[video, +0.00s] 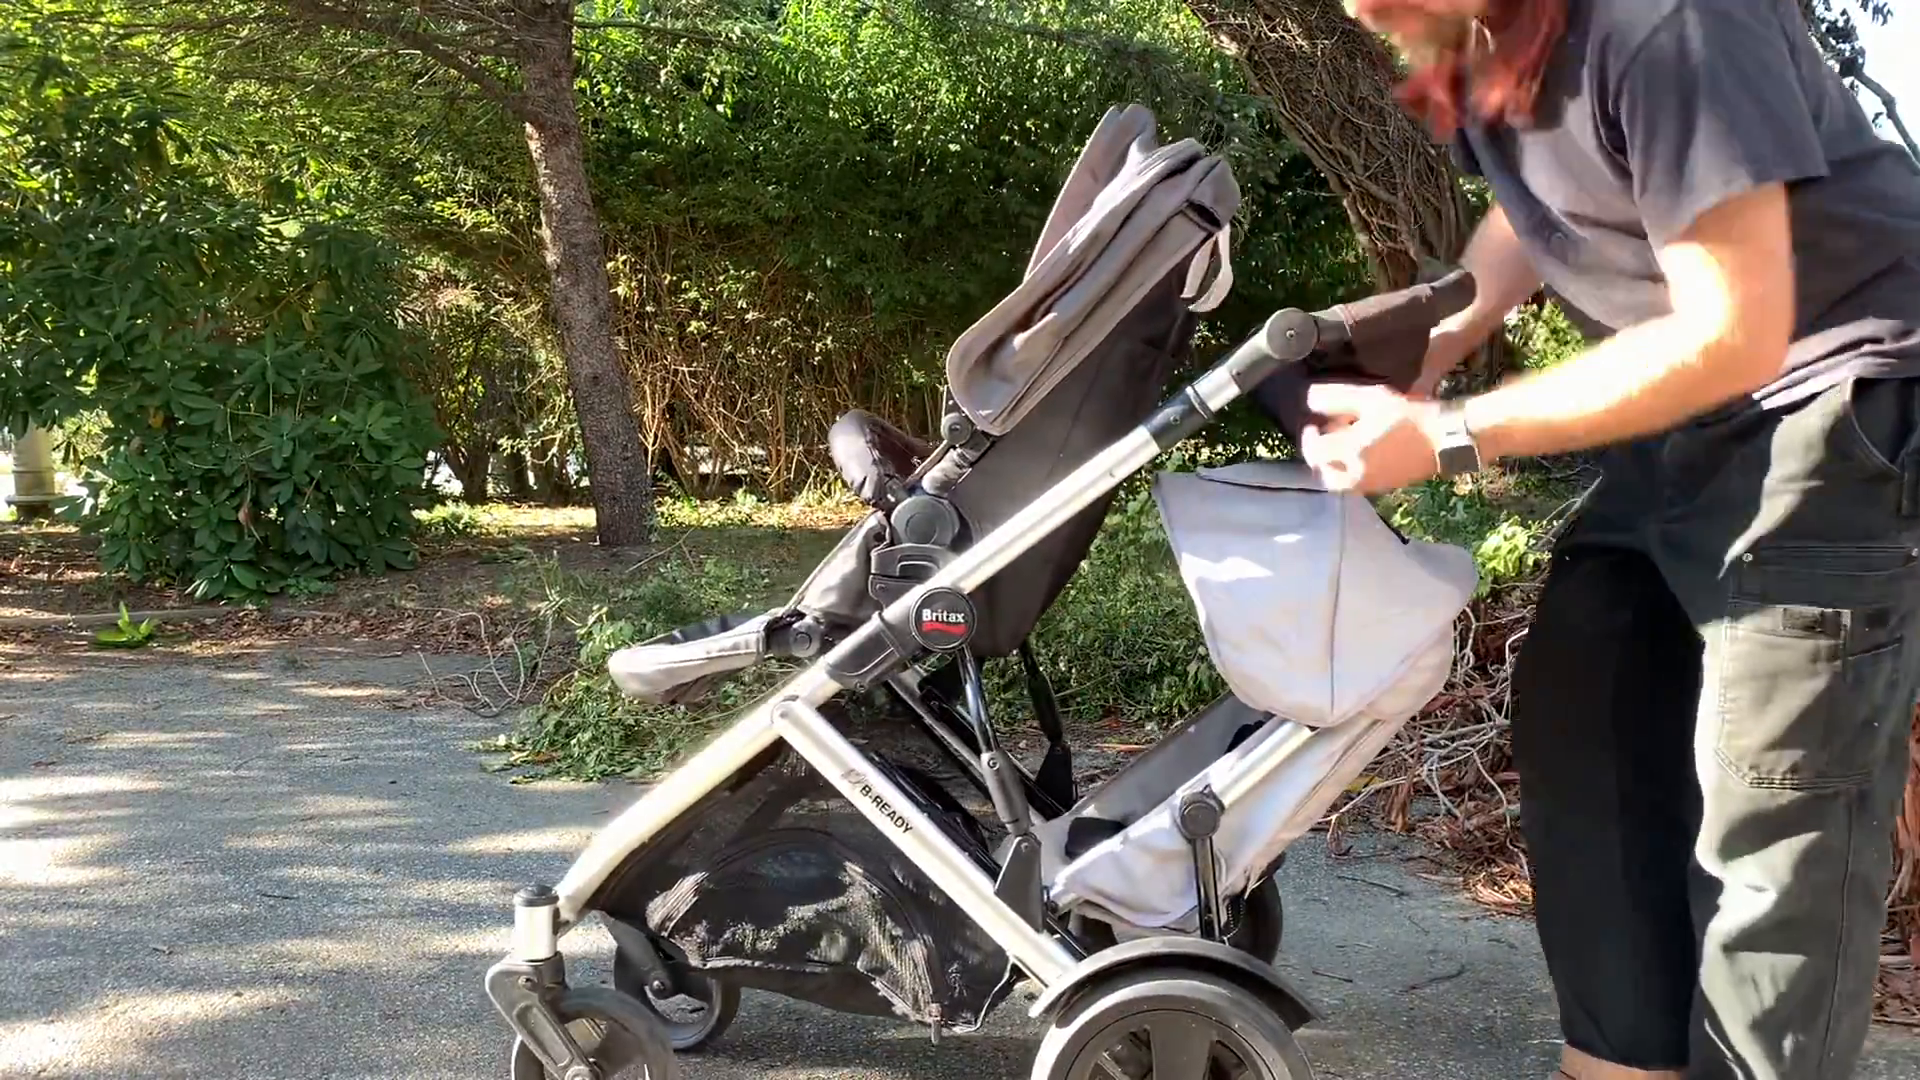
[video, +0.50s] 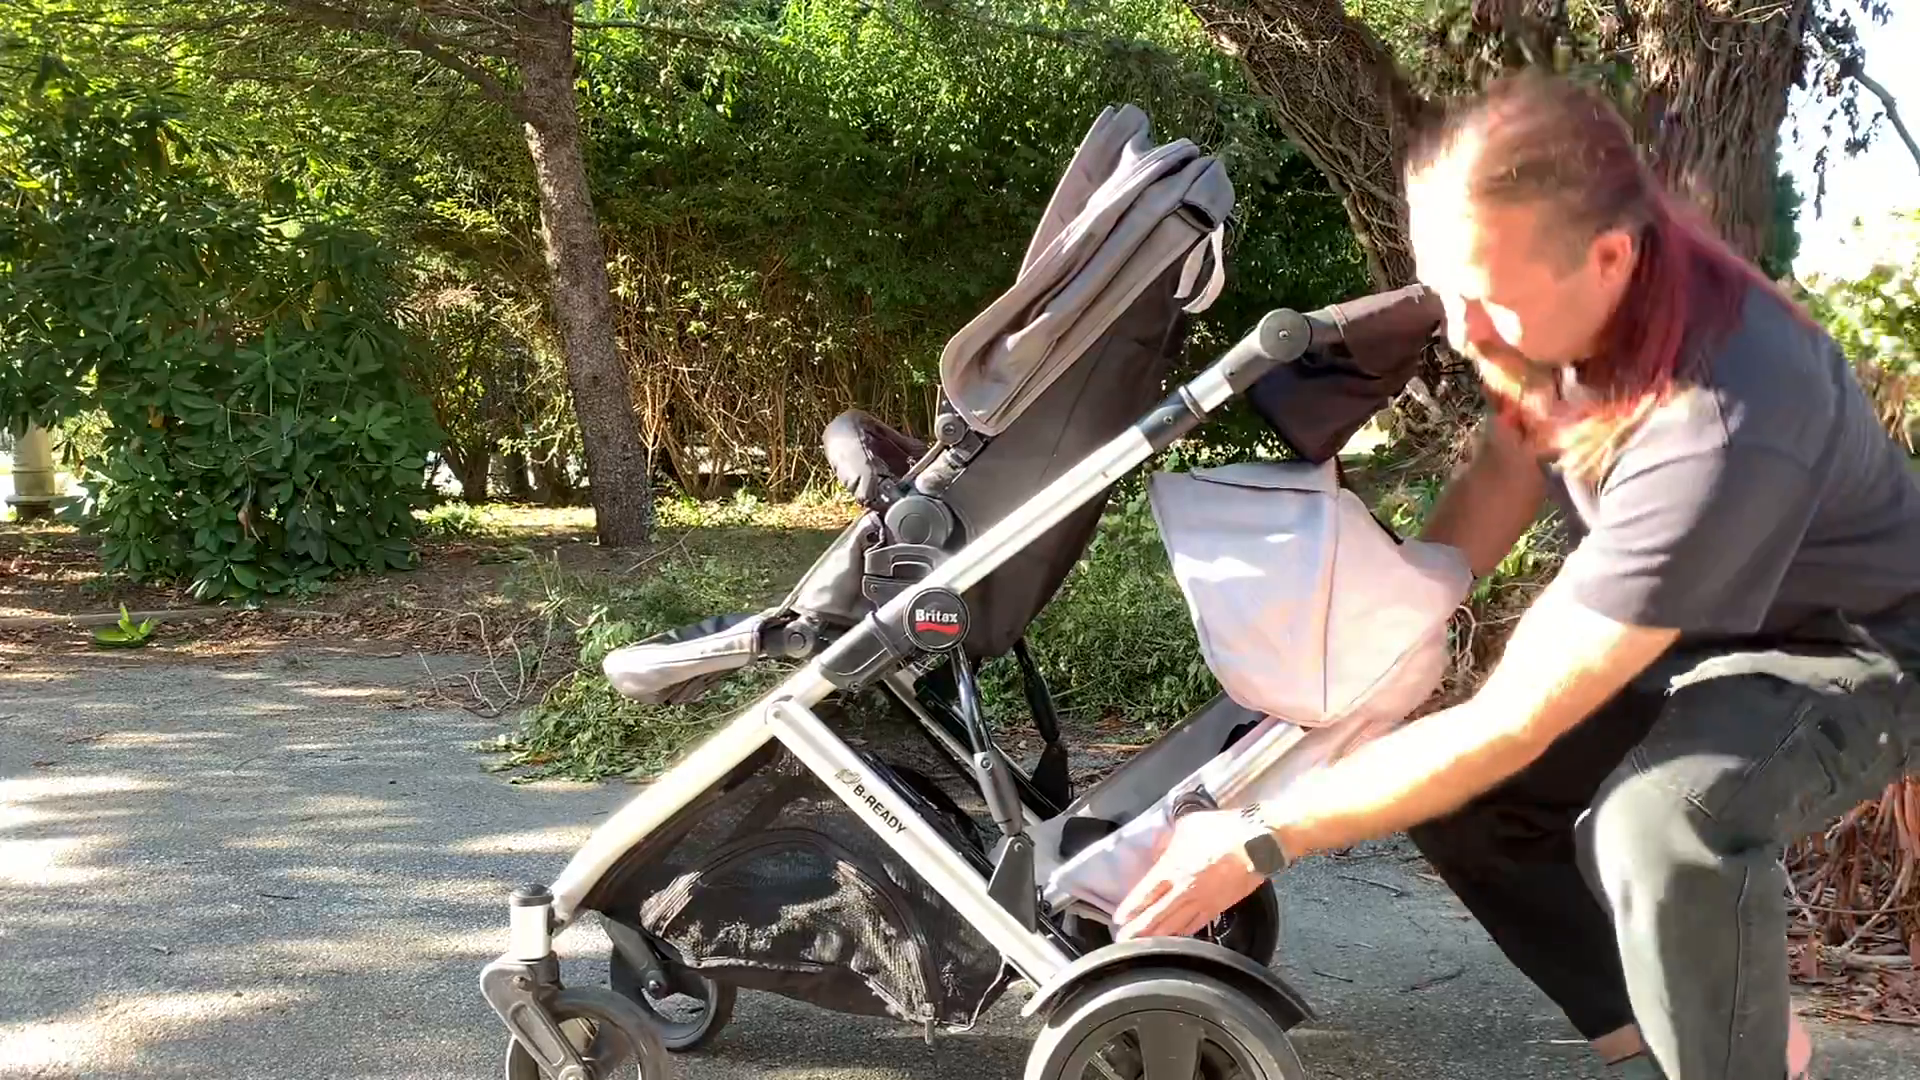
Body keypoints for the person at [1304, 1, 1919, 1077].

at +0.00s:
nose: (1430, 90)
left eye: (1446, 47)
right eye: (1401, 59)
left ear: (1517, 0)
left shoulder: (1678, 30)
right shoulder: (1495, 64)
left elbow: (1739, 336)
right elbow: (1542, 202)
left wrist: (1451, 434)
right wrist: (1447, 325)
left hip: (1853, 371)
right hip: (1679, 392)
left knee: (1778, 786)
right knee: (1582, 705)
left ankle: (1762, 1059)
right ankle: (1620, 1048)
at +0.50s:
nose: (1462, 329)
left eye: (1488, 303)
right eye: (1451, 297)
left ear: (1609, 264)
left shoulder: (1727, 420)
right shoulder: (1577, 311)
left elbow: (1506, 729)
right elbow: (1509, 460)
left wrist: (1262, 846)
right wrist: (1372, 657)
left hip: (1861, 646)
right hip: (1698, 621)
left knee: (1663, 821)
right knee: (1461, 792)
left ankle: (1737, 1053)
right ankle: (1680, 1031)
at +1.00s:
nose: (1445, 554)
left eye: (1480, 531)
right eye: (1434, 520)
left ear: (1589, 511)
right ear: (1422, 470)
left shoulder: (1704, 613)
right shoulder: (1544, 527)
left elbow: (1463, 863)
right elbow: (1388, 721)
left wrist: (1202, 927)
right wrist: (1195, 837)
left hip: (1878, 844)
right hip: (1714, 789)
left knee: (1636, 841)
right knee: (1402, 815)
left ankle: (1731, 1062)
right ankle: (1630, 1008)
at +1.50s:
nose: (1422, 564)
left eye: (1453, 537)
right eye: (1409, 532)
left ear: (1563, 518)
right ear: (1397, 492)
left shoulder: (1687, 608)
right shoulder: (1533, 539)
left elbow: (1462, 852)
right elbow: (1373, 722)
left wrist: (1200, 924)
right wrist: (1181, 842)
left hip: (1881, 843)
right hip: (1718, 781)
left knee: (1631, 833)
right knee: (1413, 798)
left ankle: (1728, 1062)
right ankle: (1646, 1021)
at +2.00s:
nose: (1427, 556)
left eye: (1457, 531)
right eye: (1413, 525)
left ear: (1565, 511)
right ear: (1401, 482)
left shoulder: (1694, 599)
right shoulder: (1536, 542)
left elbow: (1475, 855)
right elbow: (1368, 703)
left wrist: (1216, 923)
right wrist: (1185, 829)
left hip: (1880, 846)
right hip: (1710, 797)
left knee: (1648, 825)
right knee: (1405, 820)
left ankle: (1727, 1060)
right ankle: (1646, 1017)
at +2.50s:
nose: (1435, 519)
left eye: (1465, 493)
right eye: (1425, 484)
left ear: (1576, 478)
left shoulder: (1704, 584)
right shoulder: (1547, 526)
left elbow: (1546, 867)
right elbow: (1417, 680)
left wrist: (1289, 919)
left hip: (1881, 845)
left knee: (1666, 827)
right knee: (1392, 833)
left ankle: (1722, 1060)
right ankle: (1649, 1038)